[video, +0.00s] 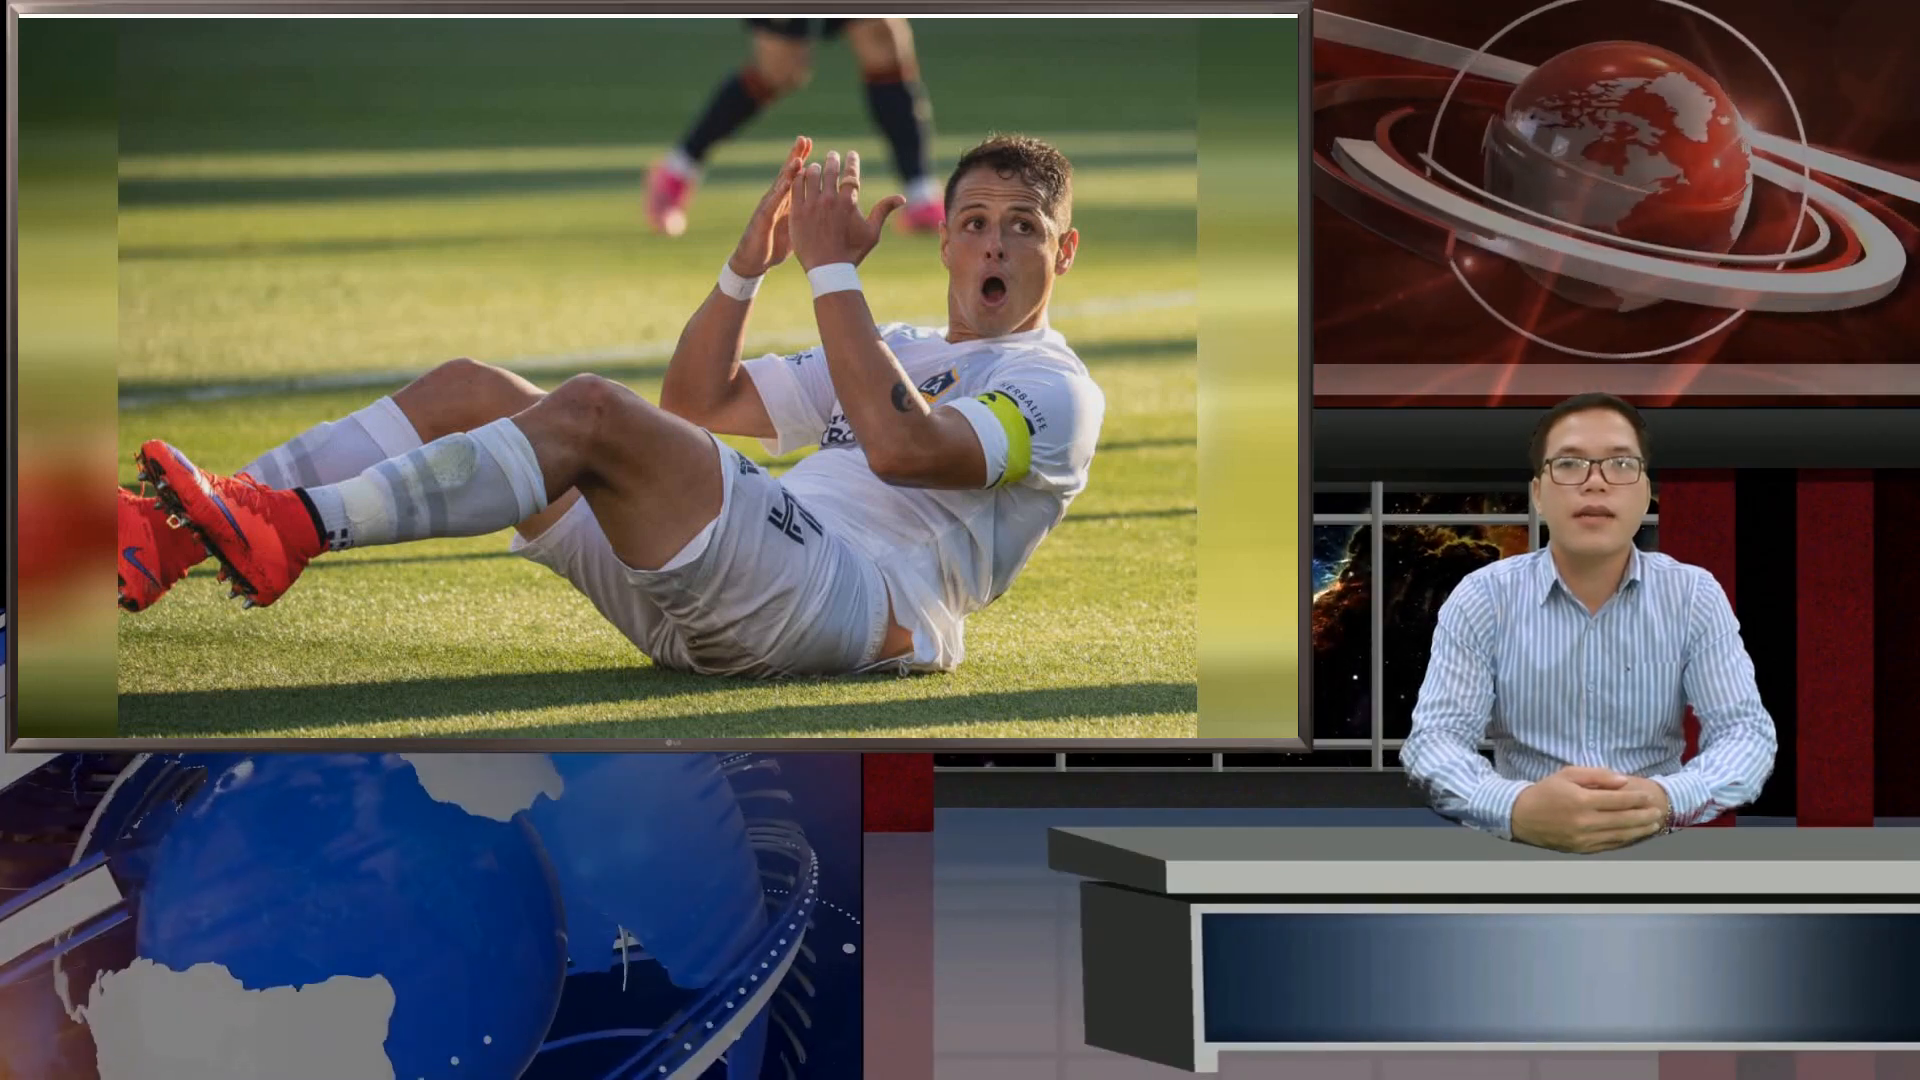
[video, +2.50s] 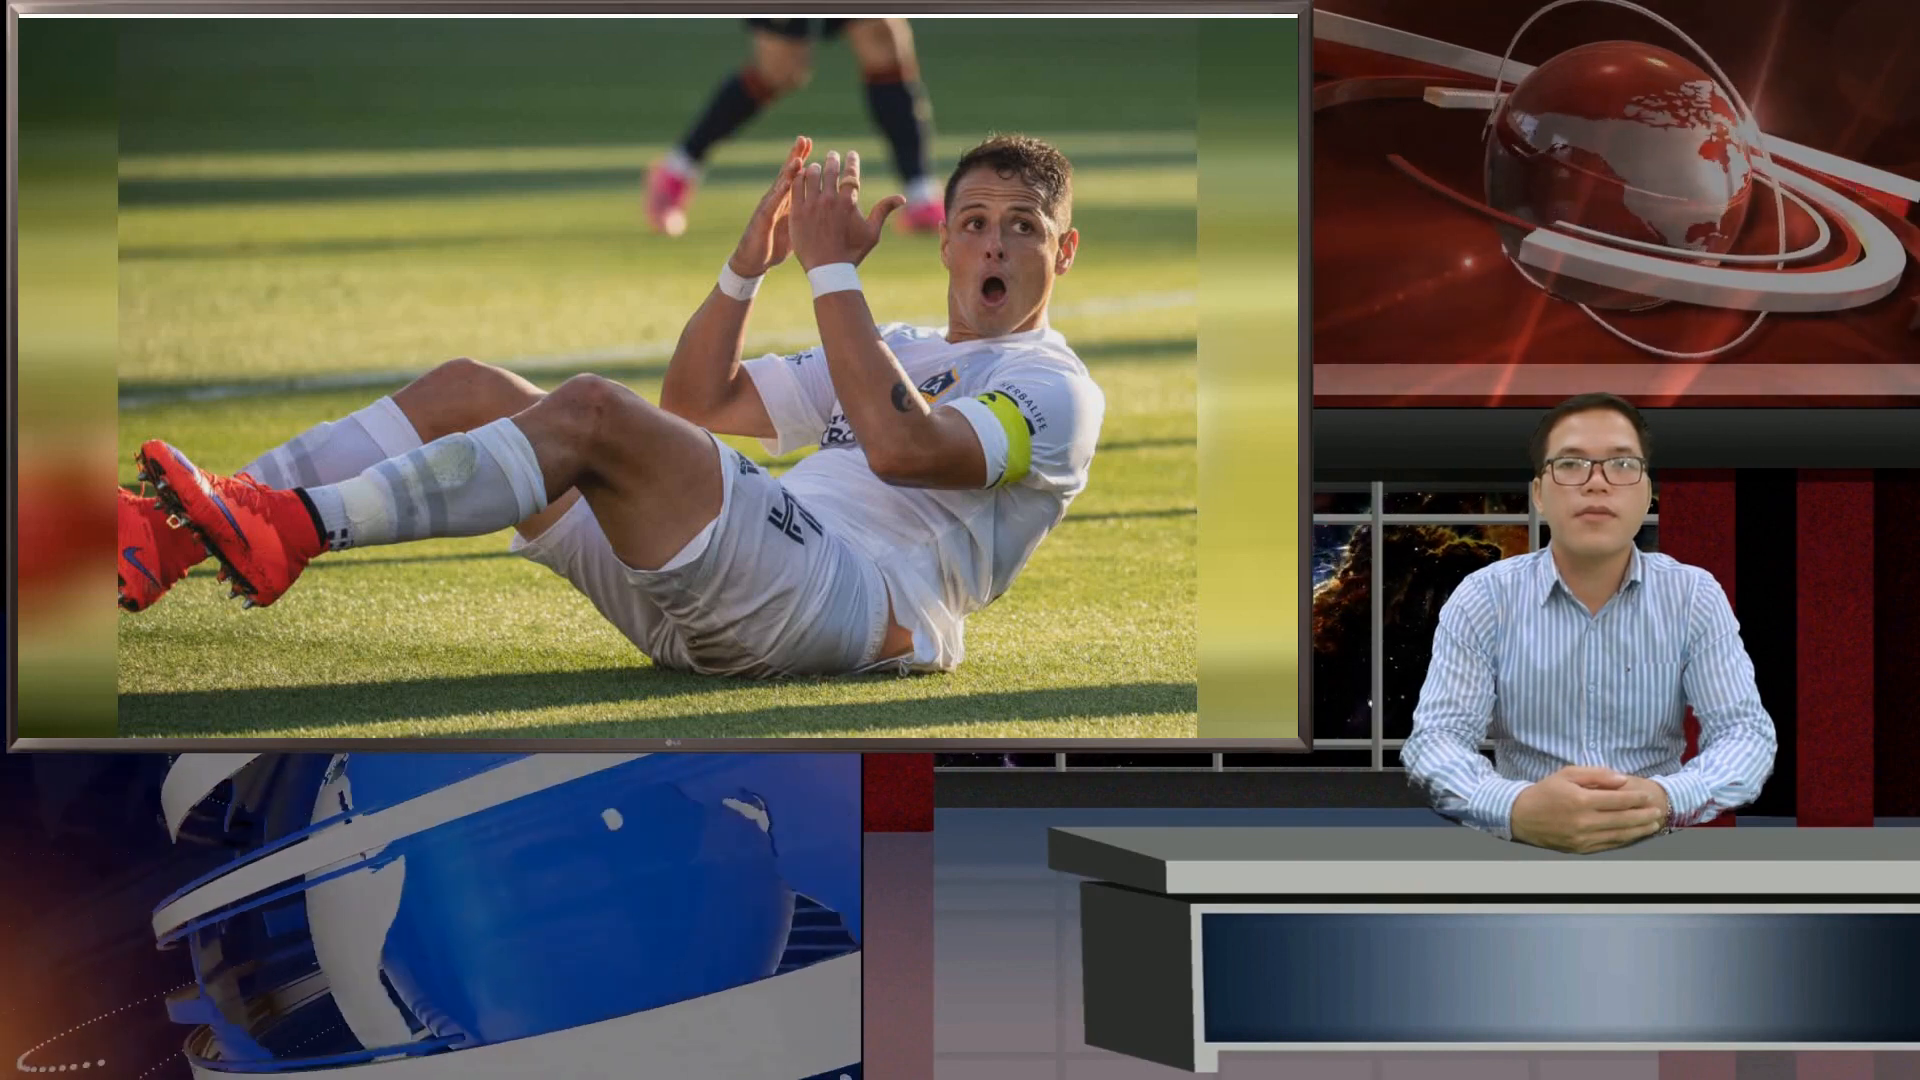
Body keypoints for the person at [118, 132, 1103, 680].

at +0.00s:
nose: (995, 246)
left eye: (1022, 230)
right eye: (976, 224)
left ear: (1065, 257)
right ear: (942, 241)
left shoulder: (1055, 389)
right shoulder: (892, 358)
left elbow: (902, 447)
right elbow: (695, 404)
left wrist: (833, 270)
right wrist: (747, 270)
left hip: (840, 603)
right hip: (732, 573)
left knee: (593, 413)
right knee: (468, 389)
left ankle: (299, 525)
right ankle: (180, 538)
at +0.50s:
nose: (995, 246)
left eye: (1022, 230)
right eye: (975, 224)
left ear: (1065, 257)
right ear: (942, 241)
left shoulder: (1055, 389)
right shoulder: (893, 358)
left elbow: (901, 447)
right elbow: (695, 405)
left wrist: (833, 270)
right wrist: (747, 270)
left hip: (840, 603)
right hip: (733, 573)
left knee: (592, 413)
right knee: (468, 389)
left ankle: (299, 525)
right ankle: (179, 538)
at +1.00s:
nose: (996, 245)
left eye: (1023, 229)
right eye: (976, 223)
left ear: (1066, 257)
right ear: (943, 241)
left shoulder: (1056, 389)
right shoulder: (892, 358)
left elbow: (901, 447)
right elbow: (695, 405)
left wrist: (833, 268)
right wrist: (746, 269)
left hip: (840, 604)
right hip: (732, 572)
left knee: (593, 413)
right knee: (468, 389)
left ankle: (300, 524)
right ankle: (175, 541)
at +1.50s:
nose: (996, 246)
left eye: (1023, 229)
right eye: (977, 223)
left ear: (1066, 257)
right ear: (943, 241)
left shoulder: (1056, 389)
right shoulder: (892, 358)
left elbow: (901, 447)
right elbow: (695, 405)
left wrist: (833, 268)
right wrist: (747, 269)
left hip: (840, 604)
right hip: (732, 572)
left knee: (593, 413)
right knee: (467, 389)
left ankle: (300, 524)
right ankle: (175, 541)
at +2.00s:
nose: (996, 246)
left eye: (1023, 230)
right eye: (976, 223)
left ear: (1066, 257)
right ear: (943, 241)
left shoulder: (1056, 389)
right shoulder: (892, 358)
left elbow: (901, 447)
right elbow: (695, 405)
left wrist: (833, 268)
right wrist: (747, 269)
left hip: (840, 604)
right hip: (732, 572)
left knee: (593, 413)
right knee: (468, 389)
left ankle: (300, 524)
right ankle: (175, 541)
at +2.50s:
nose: (996, 246)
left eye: (1023, 230)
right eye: (977, 223)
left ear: (1065, 257)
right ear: (943, 241)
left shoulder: (1056, 389)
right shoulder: (892, 358)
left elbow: (901, 446)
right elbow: (695, 406)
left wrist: (833, 268)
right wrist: (746, 270)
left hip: (839, 603)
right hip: (731, 572)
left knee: (593, 413)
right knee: (467, 389)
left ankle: (299, 524)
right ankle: (180, 538)